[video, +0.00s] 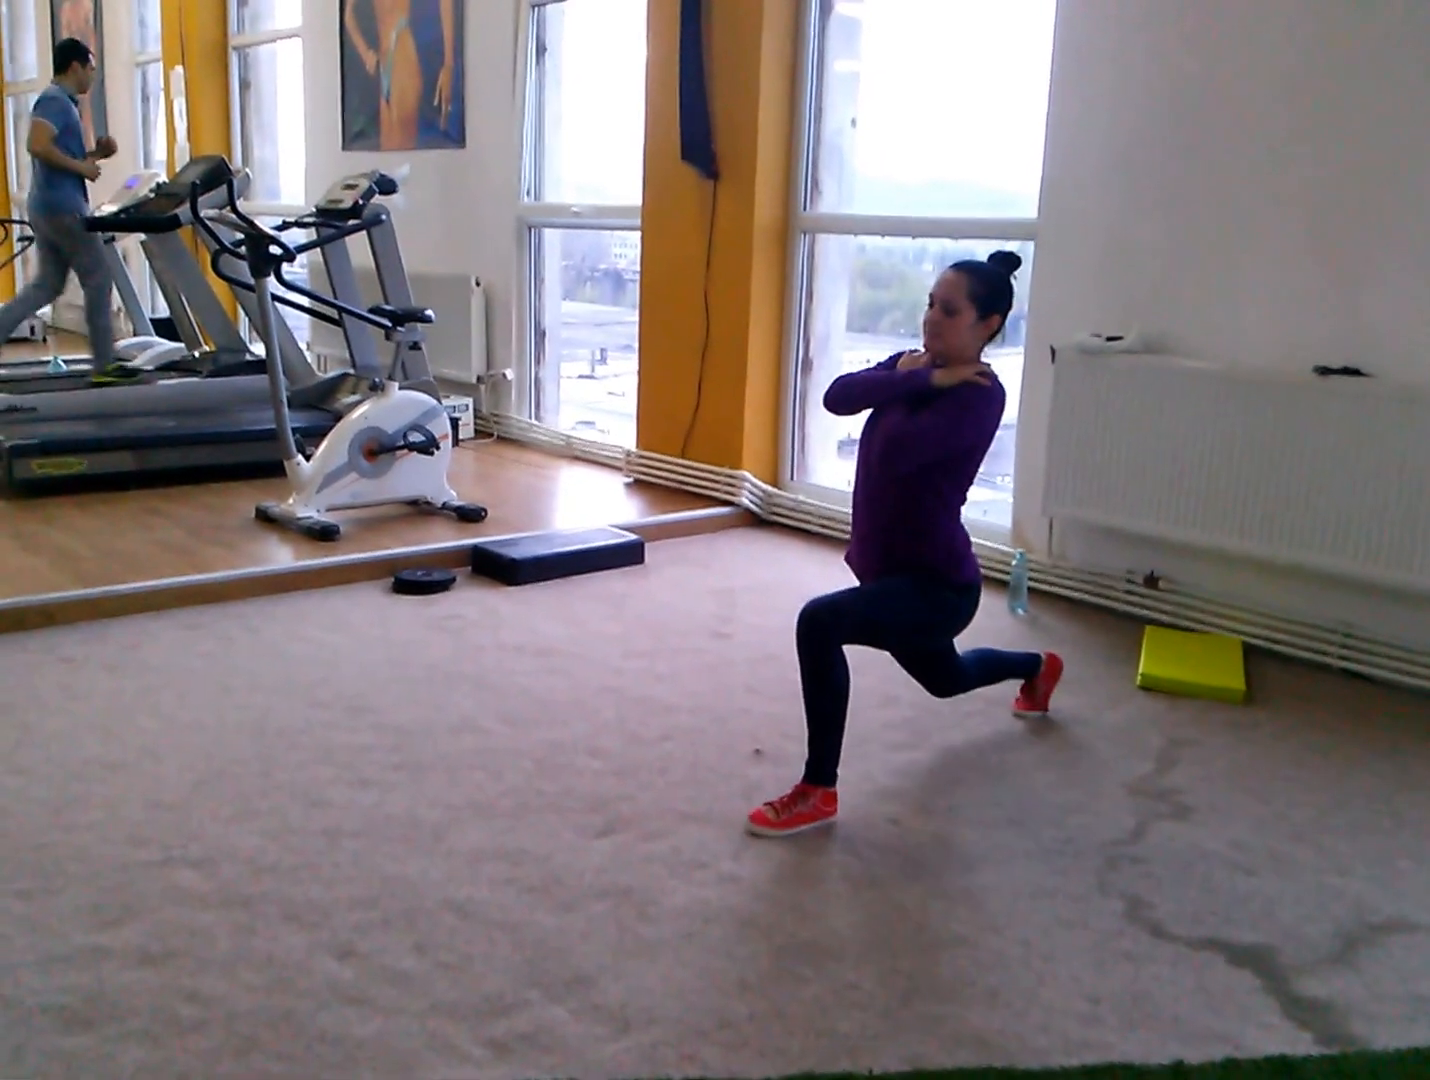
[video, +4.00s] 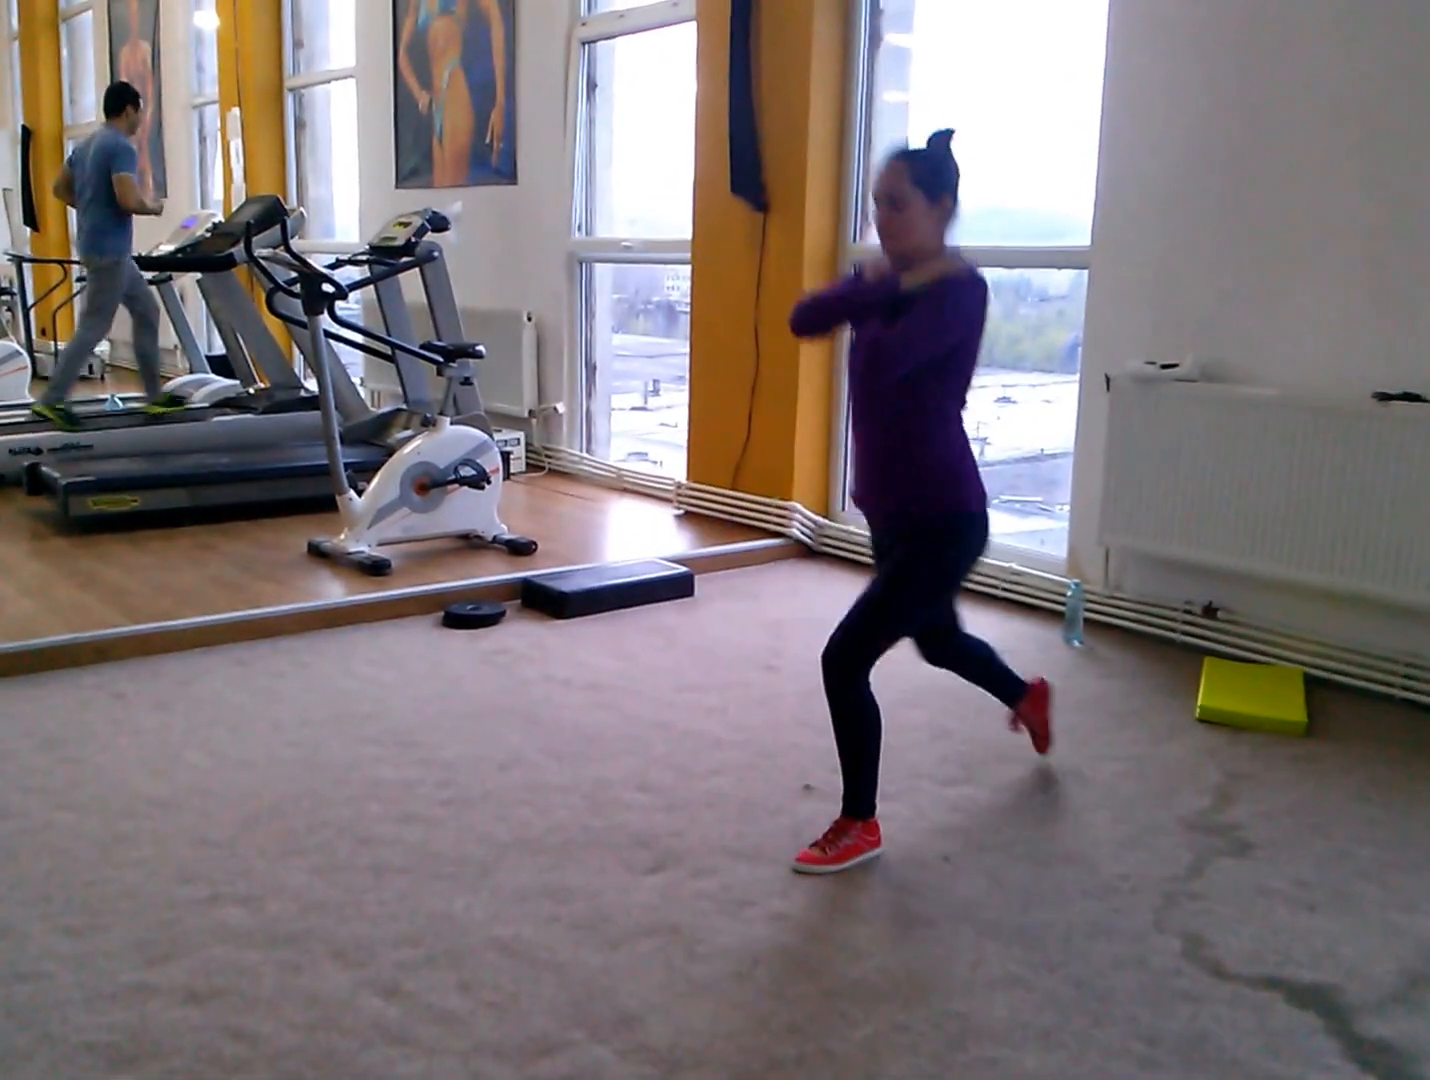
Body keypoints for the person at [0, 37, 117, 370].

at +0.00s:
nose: (93, 76)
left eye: (92, 69)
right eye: (90, 68)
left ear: (68, 68)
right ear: (75, 67)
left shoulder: (61, 102)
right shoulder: (56, 100)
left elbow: (64, 153)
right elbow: (38, 144)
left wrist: (96, 151)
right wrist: (80, 167)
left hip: (49, 208)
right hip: (61, 209)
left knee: (49, 285)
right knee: (99, 277)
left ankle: (2, 328)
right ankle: (106, 362)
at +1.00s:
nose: (116, 90)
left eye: (115, 83)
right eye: (114, 83)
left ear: (84, 84)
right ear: (103, 84)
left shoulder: (61, 118)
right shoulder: (94, 121)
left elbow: (39, 163)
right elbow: (102, 174)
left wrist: (70, 183)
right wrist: (128, 181)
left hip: (69, 226)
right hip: (84, 228)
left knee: (122, 286)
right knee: (72, 302)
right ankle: (35, 376)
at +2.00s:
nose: (136, 112)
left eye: (135, 105)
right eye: (133, 105)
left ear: (107, 108)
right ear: (121, 106)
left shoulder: (95, 140)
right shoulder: (111, 142)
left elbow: (99, 197)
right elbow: (108, 191)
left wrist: (138, 224)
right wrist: (143, 223)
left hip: (94, 244)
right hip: (108, 245)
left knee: (125, 317)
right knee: (142, 315)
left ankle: (106, 389)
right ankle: (79, 366)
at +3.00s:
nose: (138, 114)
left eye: (138, 107)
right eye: (136, 107)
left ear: (112, 107)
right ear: (124, 106)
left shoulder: (110, 141)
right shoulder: (106, 141)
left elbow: (109, 190)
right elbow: (90, 187)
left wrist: (141, 192)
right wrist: (129, 217)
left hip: (101, 246)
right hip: (114, 247)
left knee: (101, 323)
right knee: (147, 319)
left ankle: (39, 375)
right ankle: (149, 400)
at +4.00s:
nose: (142, 118)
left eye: (141, 111)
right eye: (140, 111)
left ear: (110, 111)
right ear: (129, 110)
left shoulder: (87, 145)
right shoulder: (120, 146)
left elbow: (61, 188)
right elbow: (128, 200)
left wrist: (94, 206)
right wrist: (152, 206)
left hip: (97, 251)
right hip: (110, 253)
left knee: (147, 310)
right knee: (93, 329)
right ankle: (51, 399)